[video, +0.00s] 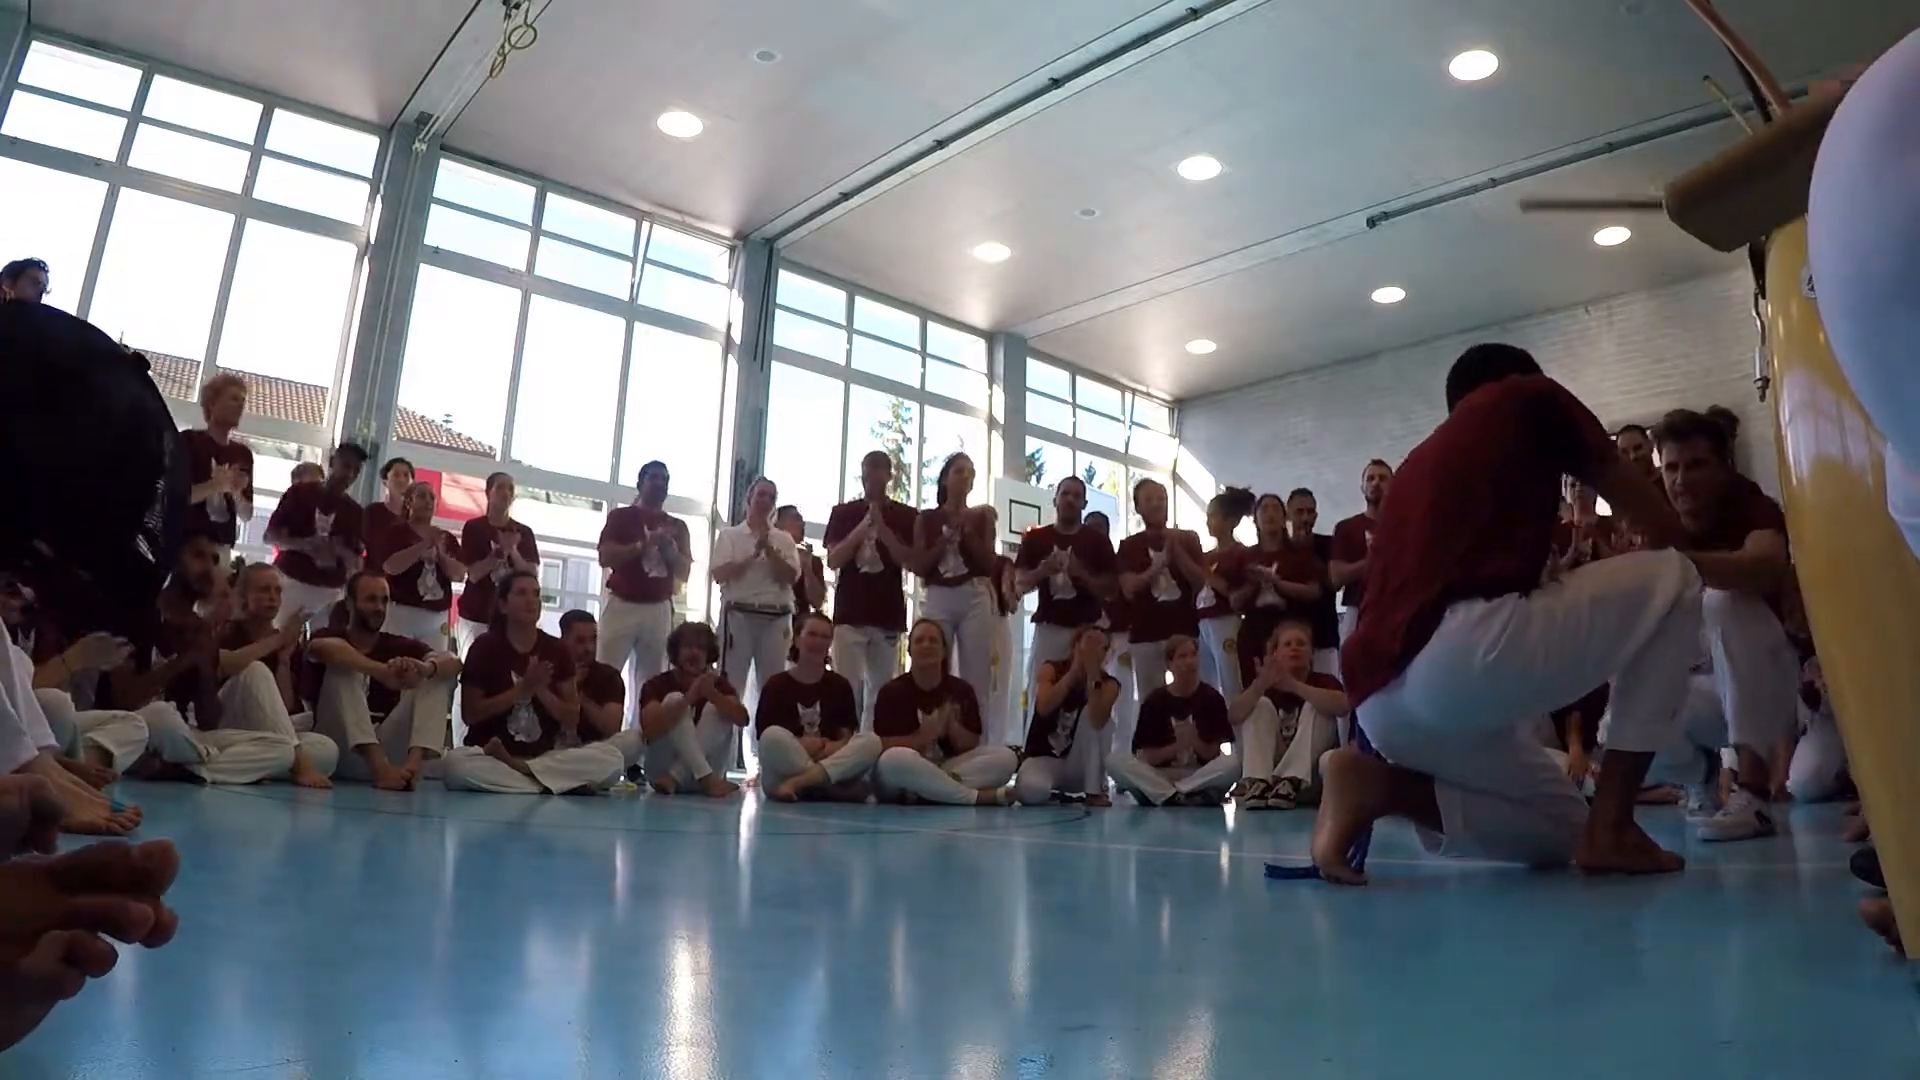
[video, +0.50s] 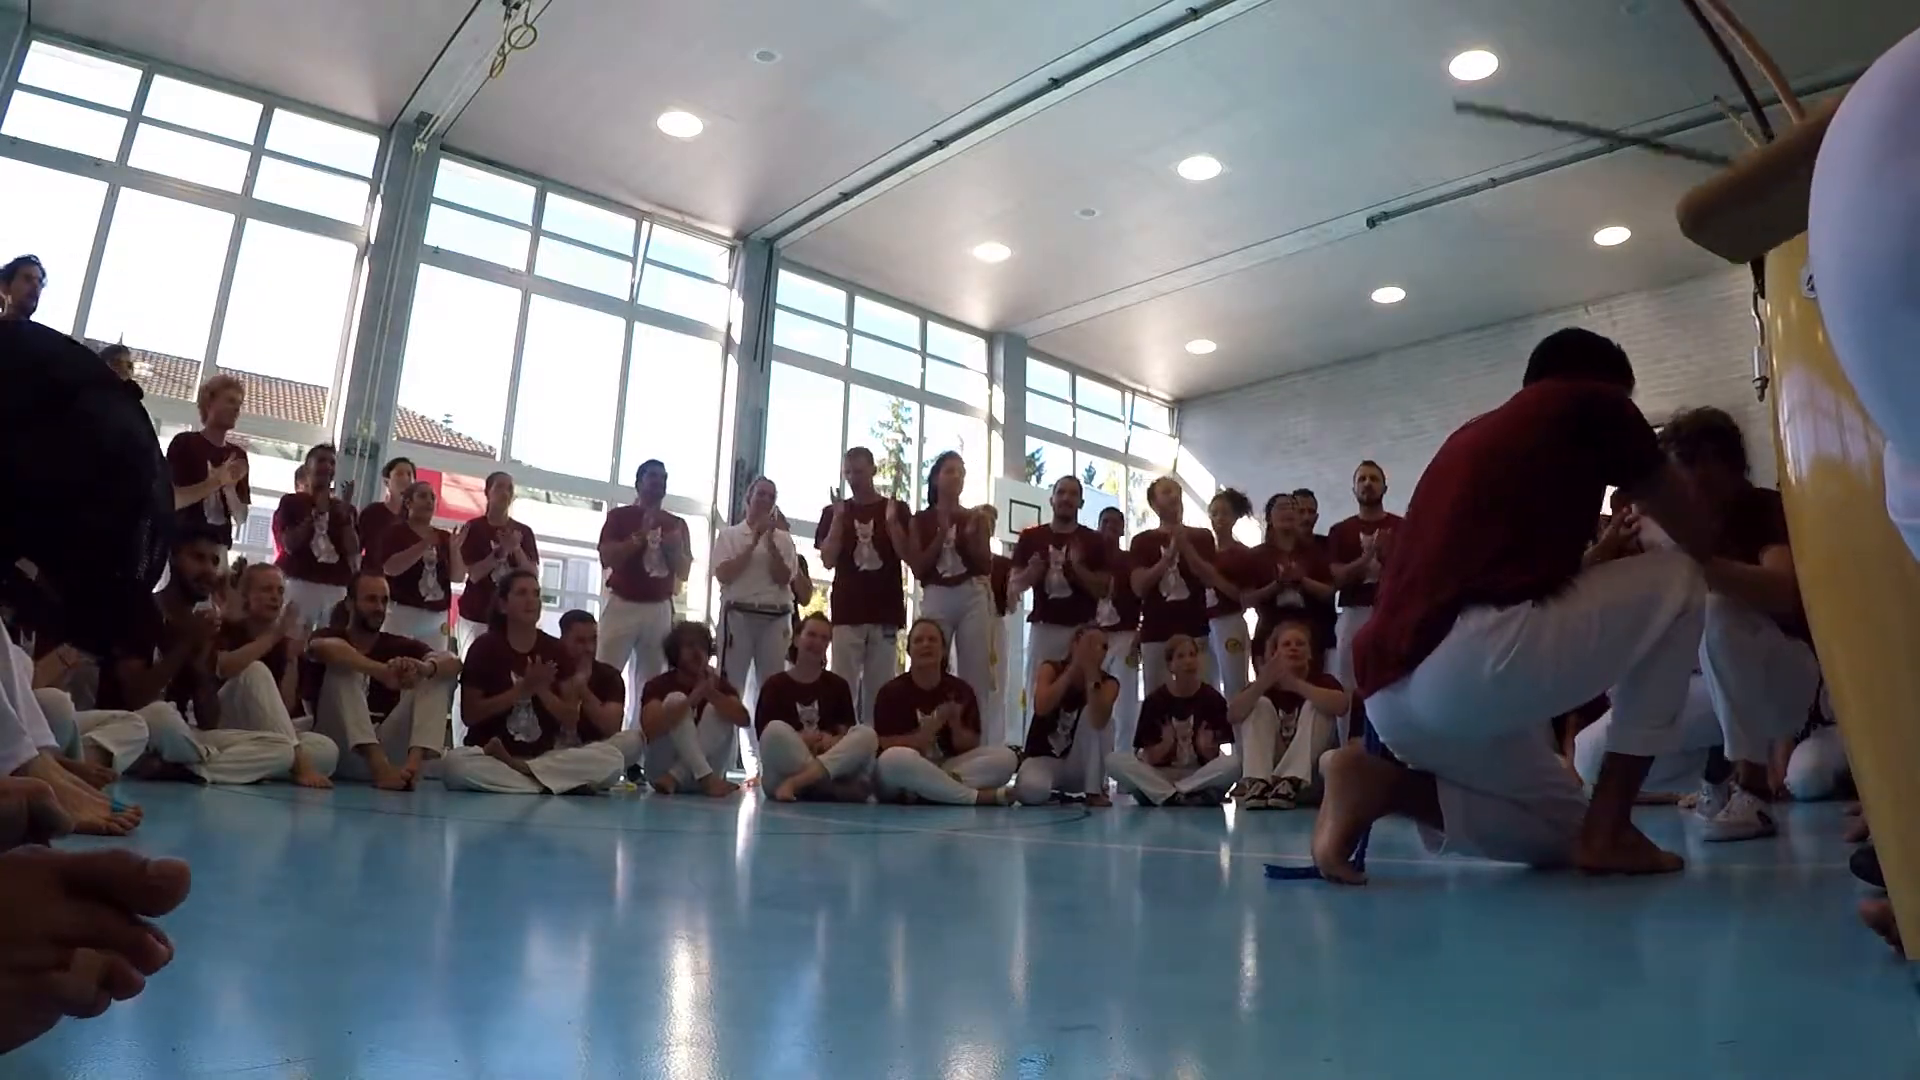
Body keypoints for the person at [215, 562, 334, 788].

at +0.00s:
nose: (273, 597)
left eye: (277, 591)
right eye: (264, 590)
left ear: (282, 596)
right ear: (244, 596)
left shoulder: (287, 643)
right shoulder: (225, 632)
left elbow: (288, 708)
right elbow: (223, 667)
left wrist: (284, 660)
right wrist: (280, 638)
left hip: (270, 729)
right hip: (225, 724)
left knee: (327, 751)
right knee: (255, 673)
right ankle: (299, 762)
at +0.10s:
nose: (273, 597)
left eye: (277, 590)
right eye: (264, 590)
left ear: (282, 595)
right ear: (245, 596)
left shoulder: (283, 641)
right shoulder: (227, 631)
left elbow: (286, 706)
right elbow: (224, 667)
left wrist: (292, 660)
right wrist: (279, 636)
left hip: (270, 731)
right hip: (226, 724)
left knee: (327, 751)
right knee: (255, 672)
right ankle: (299, 762)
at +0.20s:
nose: (274, 597)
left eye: (278, 590)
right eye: (264, 590)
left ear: (283, 596)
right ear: (244, 596)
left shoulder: (285, 641)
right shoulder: (226, 633)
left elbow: (286, 707)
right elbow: (226, 666)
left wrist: (291, 662)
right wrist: (278, 637)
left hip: (271, 733)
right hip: (227, 727)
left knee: (327, 751)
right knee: (255, 671)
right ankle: (300, 762)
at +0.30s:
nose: (208, 571)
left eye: (214, 563)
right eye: (197, 559)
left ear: (220, 571)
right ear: (173, 560)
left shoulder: (204, 620)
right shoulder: (144, 609)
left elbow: (207, 714)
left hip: (184, 734)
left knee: (283, 750)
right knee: (162, 714)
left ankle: (185, 771)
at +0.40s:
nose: (206, 570)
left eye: (213, 562)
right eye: (196, 558)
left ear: (218, 571)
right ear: (173, 560)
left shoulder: (205, 623)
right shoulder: (142, 610)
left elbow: (208, 720)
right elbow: (136, 696)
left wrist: (204, 656)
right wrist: (189, 639)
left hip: (180, 736)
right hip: (131, 733)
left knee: (282, 751)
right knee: (162, 715)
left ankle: (182, 770)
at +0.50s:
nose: (208, 570)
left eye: (214, 561)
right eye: (198, 558)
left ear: (220, 569)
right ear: (173, 559)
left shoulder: (205, 623)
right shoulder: (142, 609)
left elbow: (208, 719)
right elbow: (134, 696)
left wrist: (203, 653)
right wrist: (186, 640)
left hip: (184, 734)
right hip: (132, 733)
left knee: (284, 751)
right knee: (162, 714)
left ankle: (178, 770)